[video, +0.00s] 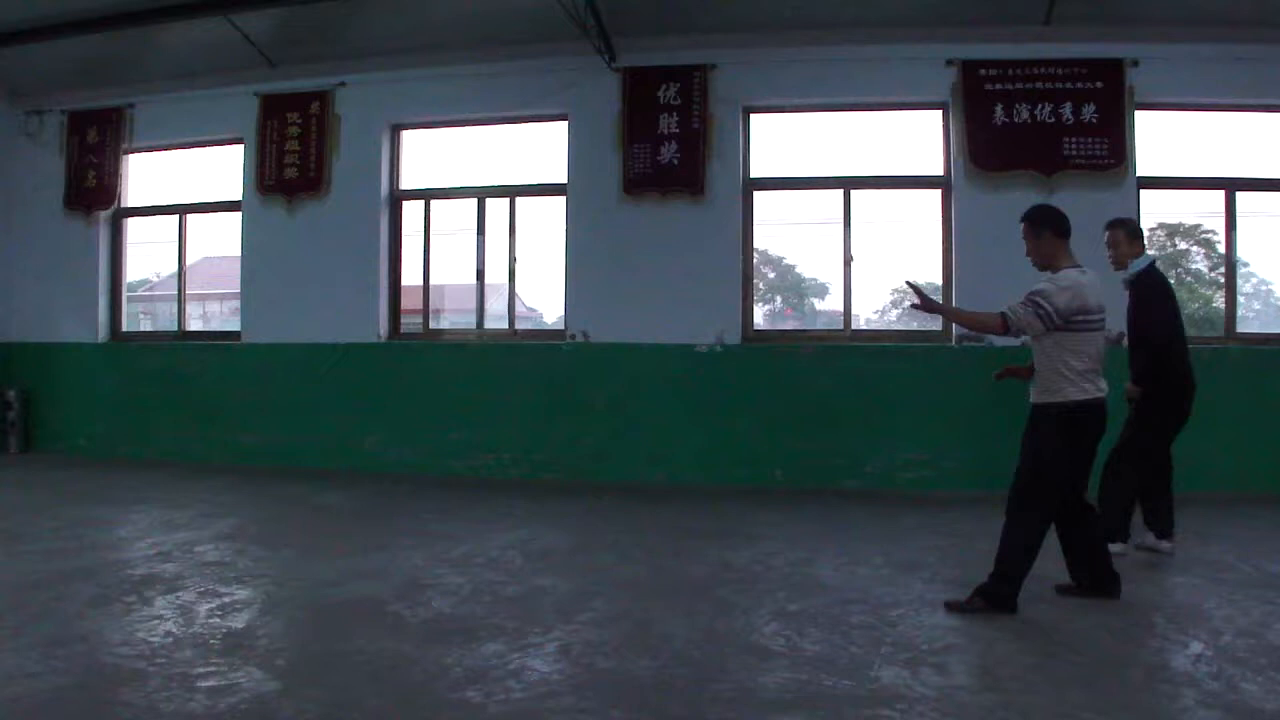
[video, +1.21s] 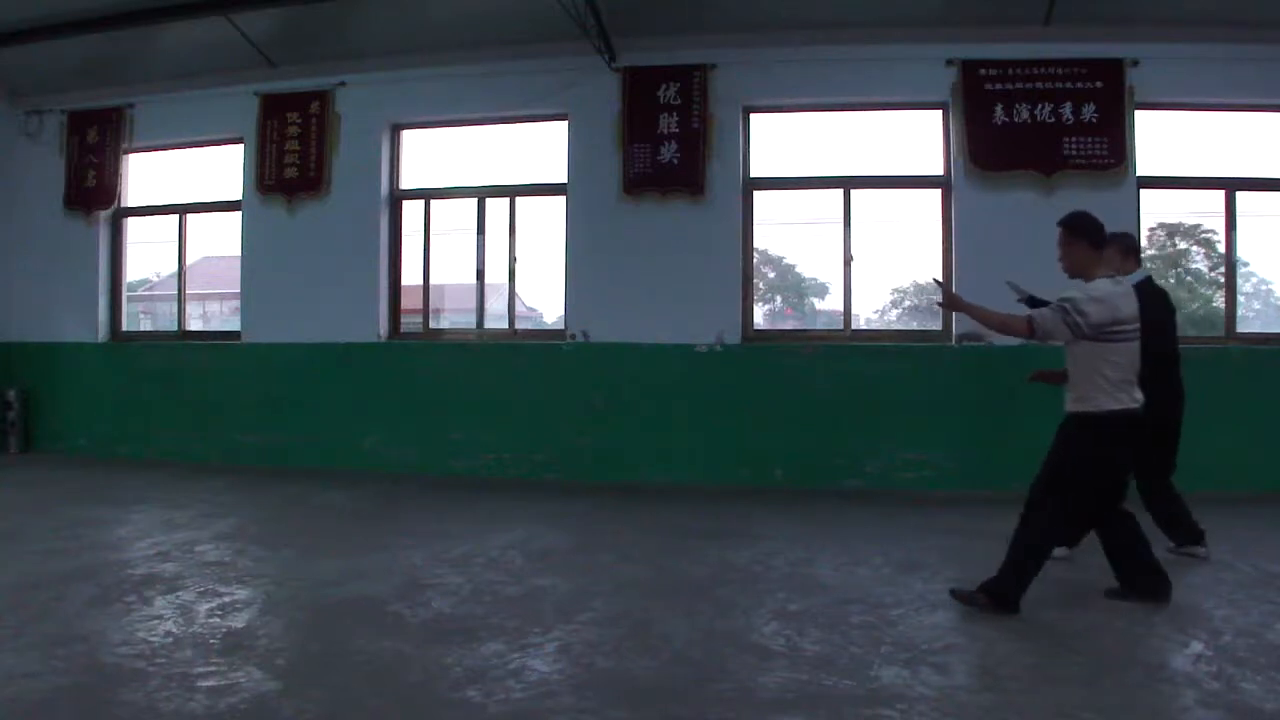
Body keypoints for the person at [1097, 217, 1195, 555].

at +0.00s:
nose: (1109, 253)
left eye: (1114, 246)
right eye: (1108, 246)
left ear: (1135, 245)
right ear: (1133, 247)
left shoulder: (1146, 285)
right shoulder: (1149, 281)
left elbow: (1153, 341)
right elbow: (1152, 337)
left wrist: (1138, 382)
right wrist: (1124, 340)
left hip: (1162, 389)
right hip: (1165, 386)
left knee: (1124, 459)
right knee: (1154, 456)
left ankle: (1112, 535)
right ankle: (1161, 532)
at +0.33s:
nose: (1119, 255)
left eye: (1125, 248)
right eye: (1118, 248)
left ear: (1146, 249)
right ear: (1136, 250)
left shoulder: (1152, 290)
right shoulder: (1152, 287)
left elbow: (1143, 351)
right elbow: (1146, 348)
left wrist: (1098, 356)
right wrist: (1115, 343)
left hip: (1155, 402)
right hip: (1160, 398)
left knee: (1115, 467)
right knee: (1151, 468)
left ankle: (1111, 537)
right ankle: (1191, 528)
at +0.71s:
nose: (1149, 258)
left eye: (1154, 251)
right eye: (1150, 251)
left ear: (1176, 255)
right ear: (1178, 256)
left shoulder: (1173, 297)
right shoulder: (1187, 295)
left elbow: (1142, 328)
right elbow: (1149, 332)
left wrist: (1102, 309)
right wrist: (1109, 315)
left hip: (1164, 402)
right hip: (1182, 401)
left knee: (1114, 466)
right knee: (1161, 474)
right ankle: (1191, 538)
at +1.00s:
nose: (1134, 264)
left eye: (1139, 257)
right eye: (1136, 257)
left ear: (1156, 259)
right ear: (1163, 261)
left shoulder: (1154, 301)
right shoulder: (1183, 301)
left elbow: (1102, 324)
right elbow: (1142, 338)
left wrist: (1057, 319)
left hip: (1152, 406)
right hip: (1177, 404)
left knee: (1114, 474)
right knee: (1155, 478)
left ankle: (1066, 538)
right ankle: (1191, 540)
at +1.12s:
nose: (1119, 265)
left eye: (1123, 258)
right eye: (1119, 258)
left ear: (1141, 259)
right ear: (1148, 260)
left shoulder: (1136, 302)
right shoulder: (1169, 296)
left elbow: (1124, 359)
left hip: (1144, 405)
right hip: (1171, 401)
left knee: (1108, 476)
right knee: (1155, 478)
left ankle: (1064, 539)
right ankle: (1191, 540)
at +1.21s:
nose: (1103, 265)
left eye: (1108, 259)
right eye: (1104, 259)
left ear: (1128, 259)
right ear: (1135, 261)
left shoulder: (1132, 296)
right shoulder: (1157, 293)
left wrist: (1037, 303)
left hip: (1143, 399)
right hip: (1165, 397)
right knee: (1152, 475)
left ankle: (1066, 537)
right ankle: (1189, 539)